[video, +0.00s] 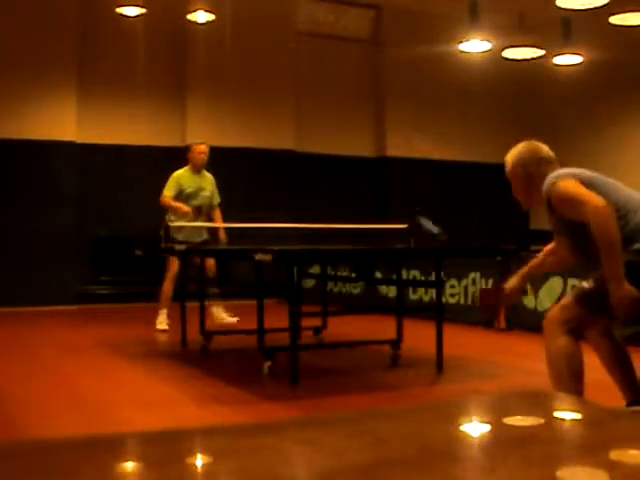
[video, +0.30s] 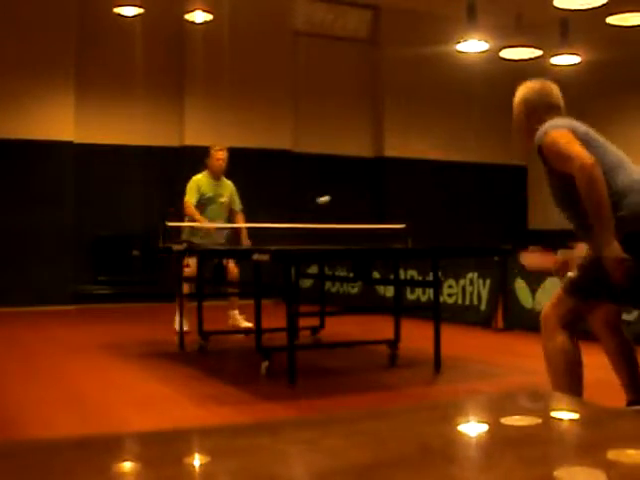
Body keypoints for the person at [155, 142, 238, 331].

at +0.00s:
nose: (203, 157)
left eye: (205, 153)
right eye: (199, 153)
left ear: (207, 157)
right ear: (190, 155)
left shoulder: (209, 179)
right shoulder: (179, 176)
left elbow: (215, 207)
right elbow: (165, 198)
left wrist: (220, 229)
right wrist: (180, 207)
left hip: (201, 232)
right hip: (179, 232)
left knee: (210, 266)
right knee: (173, 270)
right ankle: (163, 313)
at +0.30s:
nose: (221, 164)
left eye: (223, 160)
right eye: (217, 160)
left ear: (227, 163)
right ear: (209, 161)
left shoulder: (228, 186)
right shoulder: (197, 181)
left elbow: (238, 213)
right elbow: (188, 206)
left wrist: (244, 236)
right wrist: (204, 222)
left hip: (220, 241)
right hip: (195, 241)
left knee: (233, 272)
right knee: (189, 273)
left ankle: (234, 313)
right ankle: (181, 314)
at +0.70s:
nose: (234, 176)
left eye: (236, 173)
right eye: (231, 172)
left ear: (236, 173)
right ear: (220, 170)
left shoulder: (228, 191)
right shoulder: (206, 187)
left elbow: (224, 217)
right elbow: (203, 212)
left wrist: (227, 238)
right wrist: (227, 219)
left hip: (213, 240)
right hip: (193, 240)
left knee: (230, 272)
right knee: (192, 275)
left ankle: (230, 313)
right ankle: (182, 318)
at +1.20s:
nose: (233, 159)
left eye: (236, 156)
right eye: (230, 155)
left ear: (240, 159)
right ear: (222, 157)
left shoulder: (240, 180)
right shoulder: (212, 177)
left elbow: (245, 211)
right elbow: (205, 207)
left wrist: (254, 234)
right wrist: (219, 225)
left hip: (228, 236)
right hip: (206, 235)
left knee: (235, 272)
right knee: (200, 270)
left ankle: (232, 312)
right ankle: (188, 311)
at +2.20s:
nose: (250, 170)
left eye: (253, 167)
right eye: (247, 166)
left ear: (256, 170)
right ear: (240, 166)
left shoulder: (252, 189)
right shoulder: (228, 181)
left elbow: (251, 219)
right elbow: (222, 206)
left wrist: (256, 243)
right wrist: (228, 229)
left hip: (240, 237)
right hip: (219, 237)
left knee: (257, 270)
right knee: (205, 273)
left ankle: (260, 310)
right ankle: (194, 313)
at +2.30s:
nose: (253, 168)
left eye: (256, 166)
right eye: (251, 164)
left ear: (259, 169)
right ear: (243, 163)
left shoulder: (253, 190)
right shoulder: (229, 177)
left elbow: (252, 220)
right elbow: (224, 181)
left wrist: (257, 242)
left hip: (242, 240)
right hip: (220, 238)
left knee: (258, 272)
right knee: (206, 273)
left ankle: (260, 310)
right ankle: (195, 313)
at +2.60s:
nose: (244, 164)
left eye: (247, 161)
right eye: (241, 160)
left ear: (250, 165)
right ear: (233, 160)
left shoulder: (251, 189)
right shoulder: (219, 180)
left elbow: (262, 213)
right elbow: (201, 199)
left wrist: (272, 230)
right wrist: (212, 192)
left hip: (242, 240)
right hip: (217, 238)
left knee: (258, 272)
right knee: (203, 273)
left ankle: (261, 311)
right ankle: (185, 306)